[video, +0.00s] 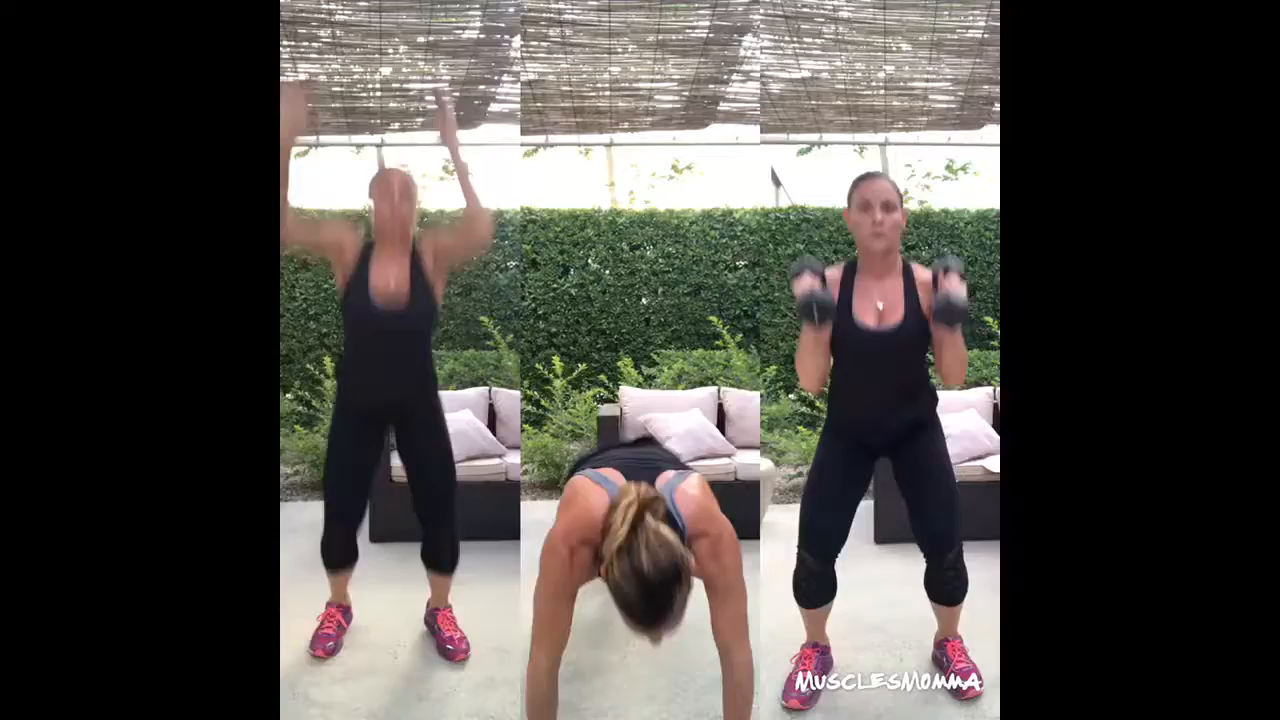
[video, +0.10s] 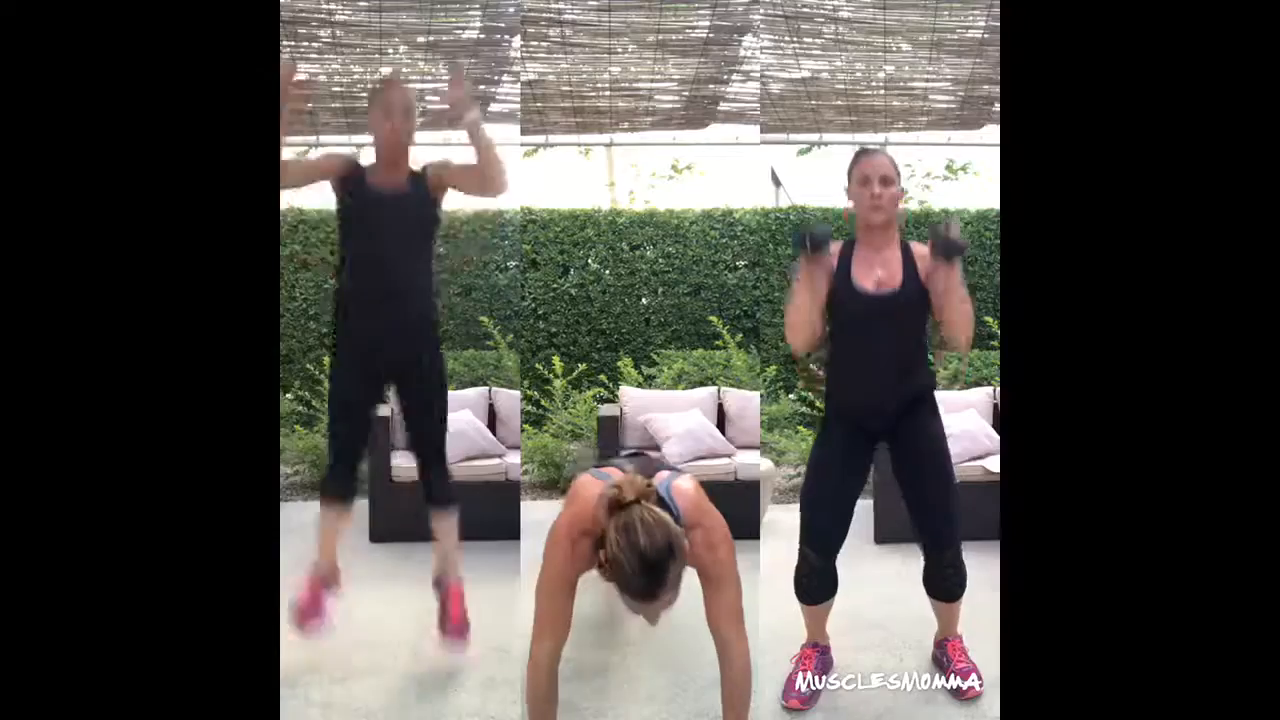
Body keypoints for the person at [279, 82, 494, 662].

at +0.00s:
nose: (396, 200)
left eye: (404, 194)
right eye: (386, 193)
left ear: (417, 205)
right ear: (370, 205)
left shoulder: (434, 254)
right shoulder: (347, 246)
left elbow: (481, 227)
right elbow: (285, 224)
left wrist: (454, 150)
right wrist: (285, 147)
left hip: (418, 404)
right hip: (358, 404)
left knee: (440, 507)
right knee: (339, 510)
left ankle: (441, 609)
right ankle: (338, 605)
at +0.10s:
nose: (394, 120)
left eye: (403, 112)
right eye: (385, 111)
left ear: (416, 124)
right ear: (369, 120)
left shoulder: (433, 177)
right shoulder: (344, 170)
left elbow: (493, 182)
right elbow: (283, 177)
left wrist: (469, 118)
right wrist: (286, 114)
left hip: (417, 337)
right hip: (357, 337)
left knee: (433, 460)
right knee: (342, 457)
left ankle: (449, 578)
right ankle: (324, 568)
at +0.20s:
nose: (394, 78)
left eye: (404, 68)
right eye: (383, 67)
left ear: (416, 77)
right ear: (368, 77)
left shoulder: (434, 142)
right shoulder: (341, 134)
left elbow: (485, 194)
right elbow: (286, 176)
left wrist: (474, 131)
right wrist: (286, 119)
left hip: (418, 285)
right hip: (359, 285)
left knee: (449, 378)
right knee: (315, 373)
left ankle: (450, 492)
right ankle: (315, 485)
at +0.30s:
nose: (392, 91)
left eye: (402, 81)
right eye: (382, 81)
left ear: (414, 91)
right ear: (366, 92)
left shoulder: (435, 152)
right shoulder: (341, 147)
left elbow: (489, 184)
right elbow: (284, 160)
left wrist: (457, 120)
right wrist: (299, 97)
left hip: (418, 287)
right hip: (356, 288)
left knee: (477, 287)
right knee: (290, 285)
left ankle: (453, 388)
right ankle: (306, 394)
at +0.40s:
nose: (395, 108)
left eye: (406, 98)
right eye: (384, 98)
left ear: (419, 108)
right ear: (367, 108)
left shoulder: (436, 167)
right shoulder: (344, 161)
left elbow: (491, 177)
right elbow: (284, 168)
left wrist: (453, 112)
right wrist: (303, 96)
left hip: (418, 303)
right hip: (354, 303)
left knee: (477, 288)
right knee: (290, 311)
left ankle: (463, 409)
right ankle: (310, 420)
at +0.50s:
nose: (400, 128)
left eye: (410, 118)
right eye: (390, 118)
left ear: (423, 126)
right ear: (374, 126)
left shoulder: (439, 186)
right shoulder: (349, 184)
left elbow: (489, 223)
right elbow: (288, 229)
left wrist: (459, 146)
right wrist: (307, 156)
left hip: (417, 331)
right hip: (361, 330)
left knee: (458, 413)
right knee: (309, 412)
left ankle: (452, 546)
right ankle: (322, 542)